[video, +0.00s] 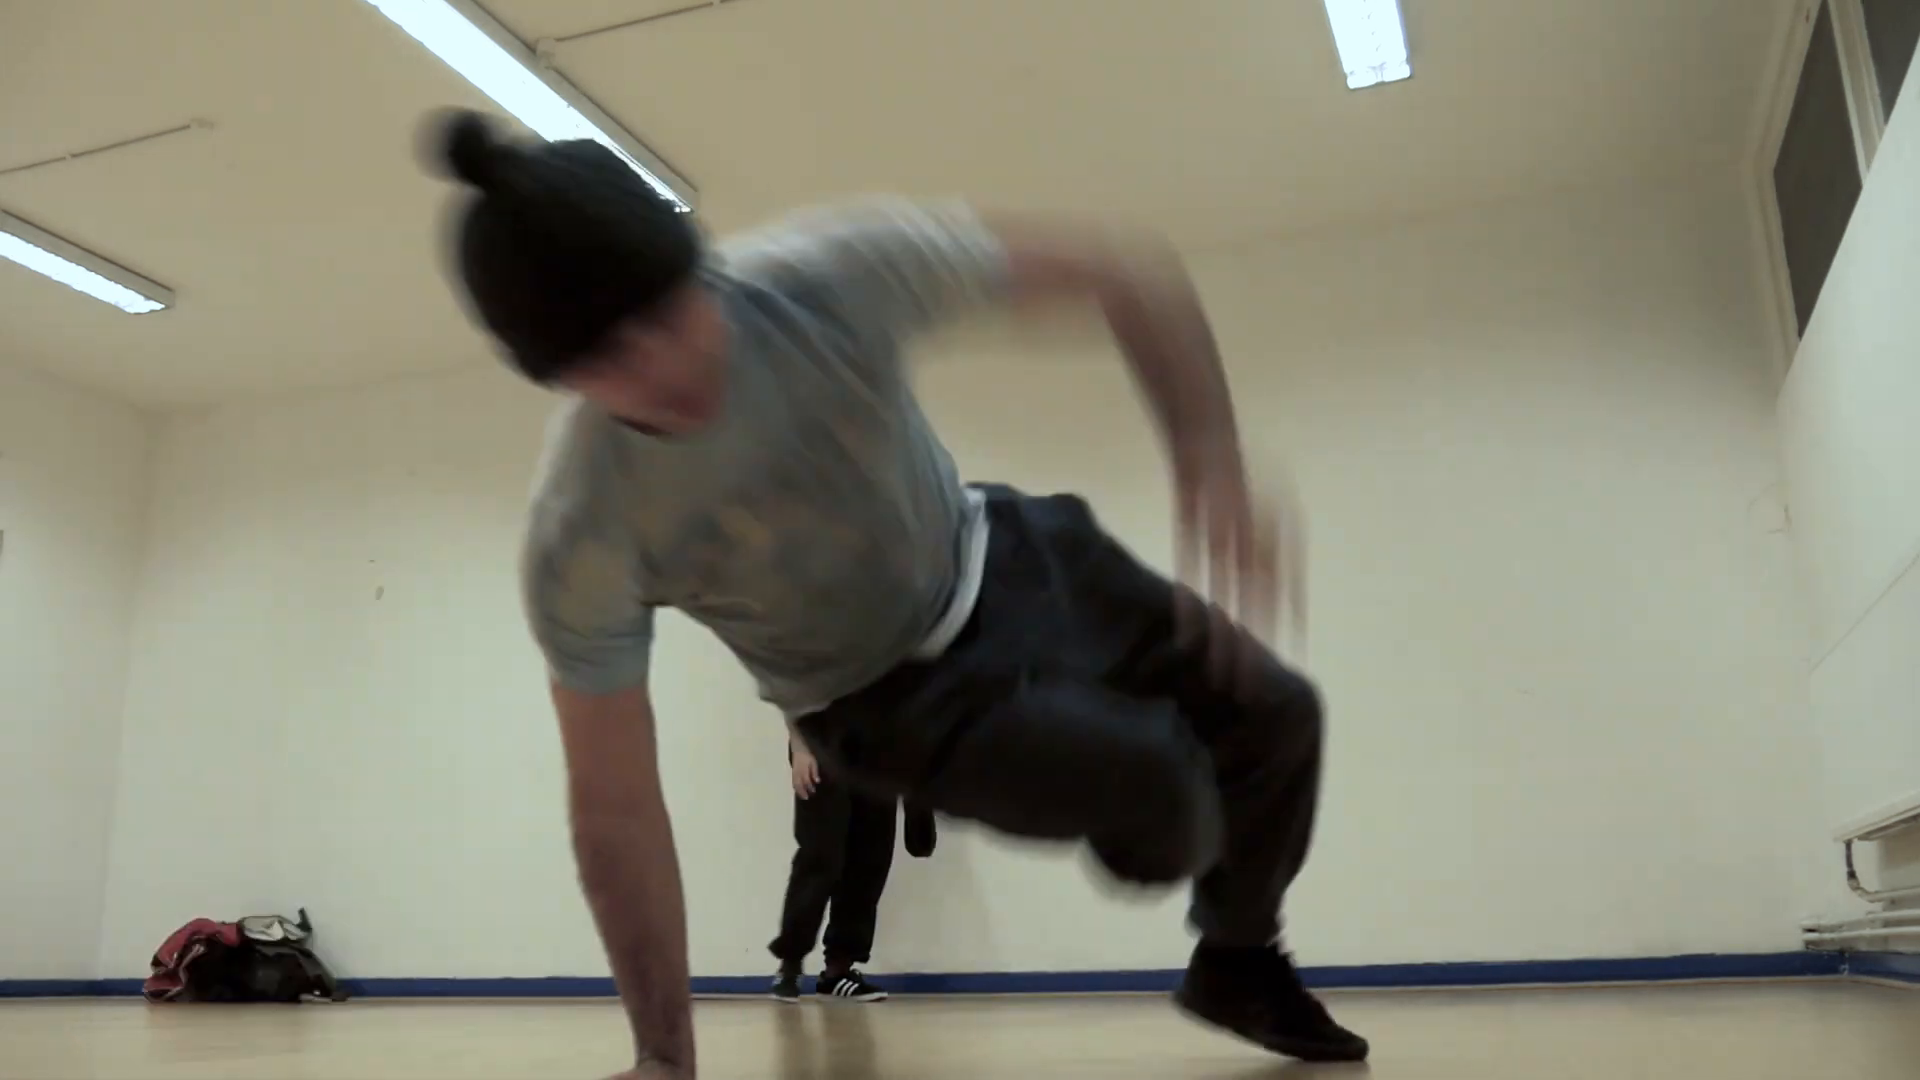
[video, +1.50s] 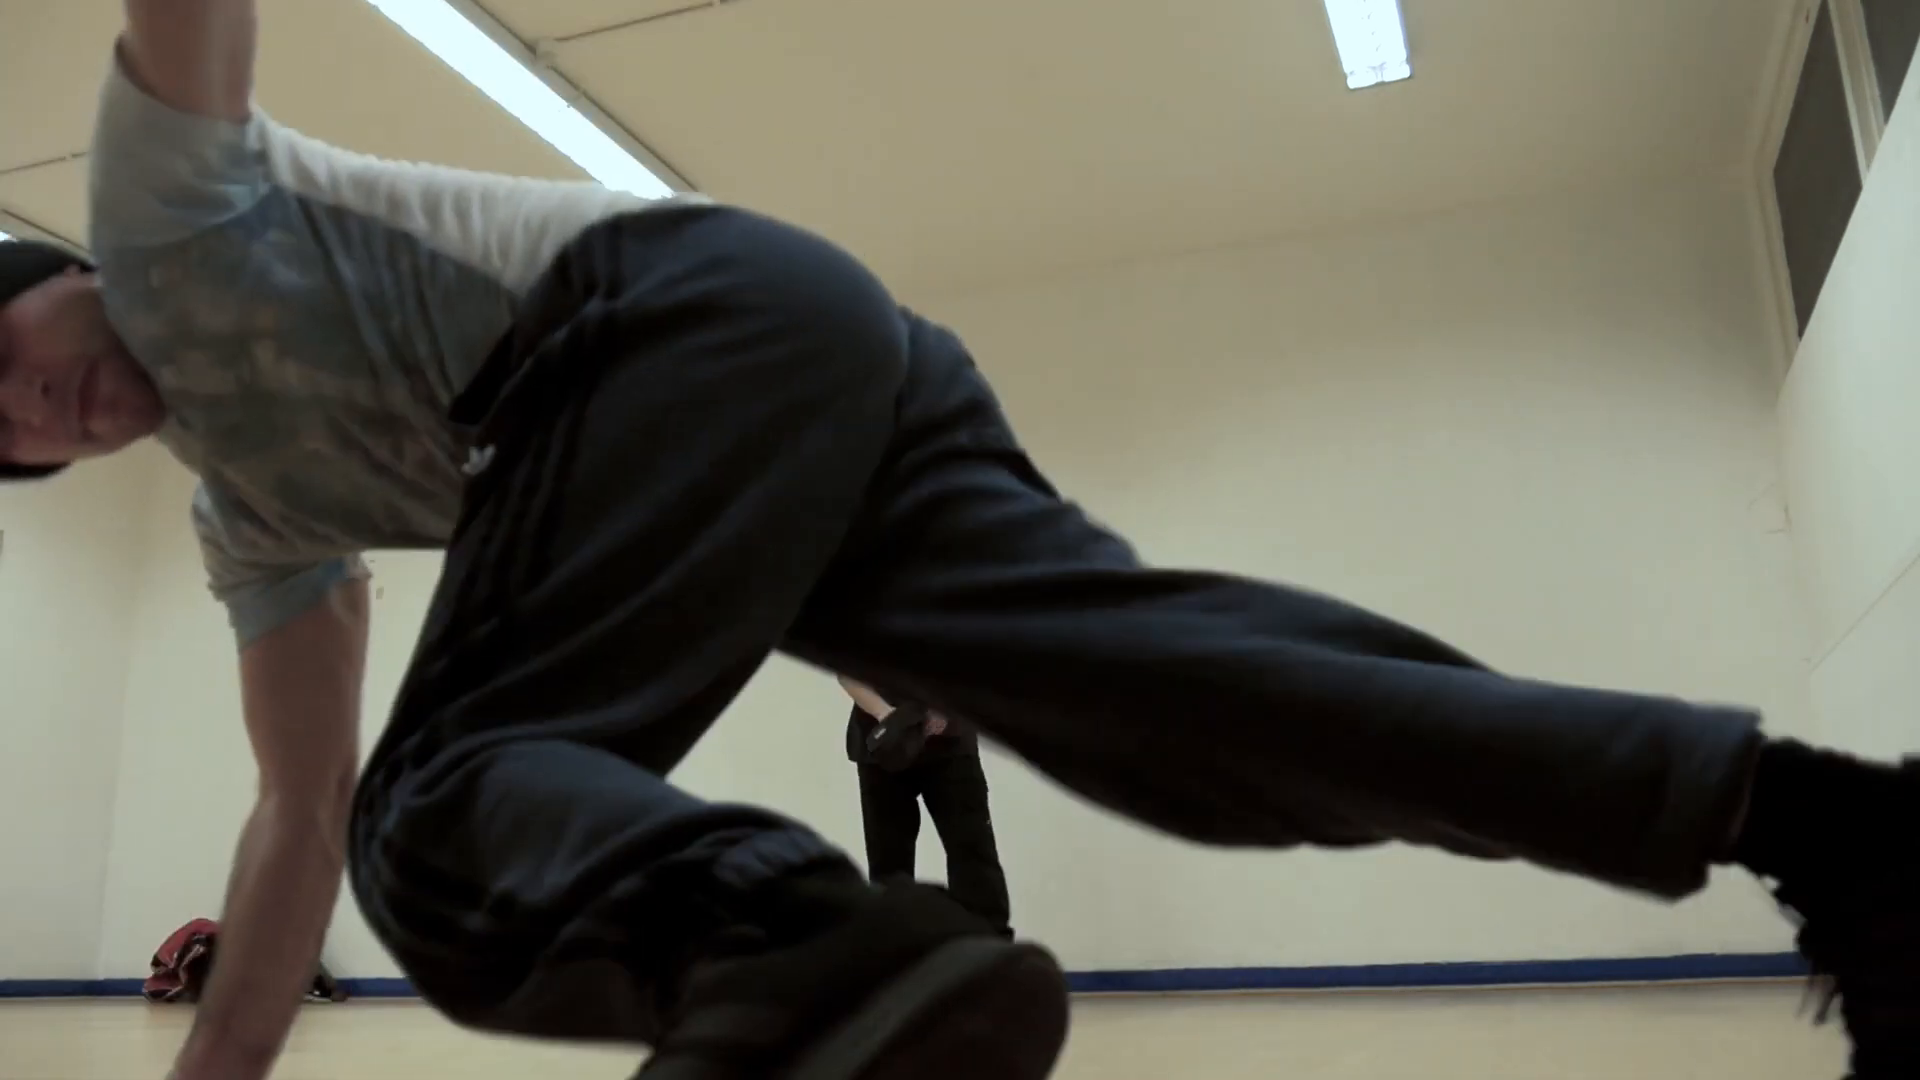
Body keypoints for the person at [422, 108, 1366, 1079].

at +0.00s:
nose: (660, 368)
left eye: (663, 316)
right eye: (606, 362)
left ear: (693, 268)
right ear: (560, 378)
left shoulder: (822, 279)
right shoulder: (586, 537)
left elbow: (1129, 270)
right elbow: (617, 820)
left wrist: (1214, 471)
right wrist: (667, 1058)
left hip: (1006, 559)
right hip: (898, 700)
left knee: (1273, 719)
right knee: (1157, 777)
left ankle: (1237, 957)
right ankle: (1158, 850)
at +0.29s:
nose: (381, 394)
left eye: (370, 343)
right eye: (338, 406)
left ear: (411, 282)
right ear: (330, 439)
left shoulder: (555, 225)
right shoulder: (504, 565)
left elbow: (692, 22)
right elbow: (637, 815)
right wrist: (668, 1051)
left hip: (988, 515)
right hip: (890, 670)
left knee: (1320, 385)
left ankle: (1140, 895)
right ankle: (1307, 600)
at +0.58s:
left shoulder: (431, 436)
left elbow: (374, 753)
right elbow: (795, 766)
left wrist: (377, 1056)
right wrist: (666, 1063)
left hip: (775, 298)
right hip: (993, 390)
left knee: (517, 865)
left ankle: (1135, 896)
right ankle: (1176, 897)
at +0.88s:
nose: (899, 293)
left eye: (928, 282)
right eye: (897, 243)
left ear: (933, 304)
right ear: (827, 190)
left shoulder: (749, 439)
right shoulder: (681, 215)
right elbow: (731, 61)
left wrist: (832, 590)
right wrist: (926, 22)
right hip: (343, 682)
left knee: (949, 771)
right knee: (933, 625)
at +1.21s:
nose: (61, 283)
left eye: (47, 223)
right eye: (21, 290)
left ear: (108, 146)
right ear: (30, 326)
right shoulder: (233, 454)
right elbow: (302, 800)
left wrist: (1005, 104)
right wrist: (210, 1068)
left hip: (820, 387)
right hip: (630, 561)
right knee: (485, 677)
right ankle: (950, 828)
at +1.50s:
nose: (54, 437)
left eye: (21, 397)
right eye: (26, 444)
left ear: (40, 303)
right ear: (64, 415)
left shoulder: (166, 196)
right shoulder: (252, 494)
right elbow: (305, 804)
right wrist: (215, 1069)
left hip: (693, 321)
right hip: (839, 399)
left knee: (442, 811)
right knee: (1177, 702)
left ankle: (807, 943)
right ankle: (1816, 815)